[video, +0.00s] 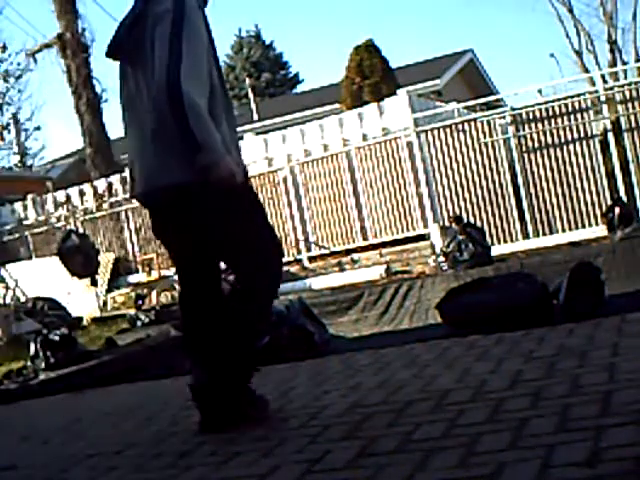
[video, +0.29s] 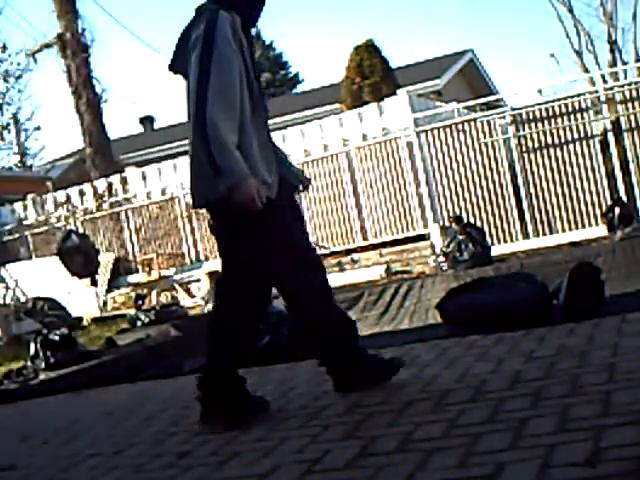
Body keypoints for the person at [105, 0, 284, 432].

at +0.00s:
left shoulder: (138, 23)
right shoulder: (184, 8)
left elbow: (139, 110)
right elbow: (188, 87)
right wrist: (218, 155)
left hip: (160, 181)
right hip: (199, 173)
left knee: (198, 286)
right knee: (263, 259)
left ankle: (216, 402)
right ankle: (230, 382)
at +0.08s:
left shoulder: (157, 24)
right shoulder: (194, 13)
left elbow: (159, 107)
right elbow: (192, 90)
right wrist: (218, 155)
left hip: (175, 184)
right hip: (216, 175)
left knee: (205, 290)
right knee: (278, 257)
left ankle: (216, 400)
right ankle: (281, 373)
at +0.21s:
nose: (238, 5)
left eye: (237, 3)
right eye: (235, 1)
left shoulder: (184, 22)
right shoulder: (204, 18)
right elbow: (198, 100)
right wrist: (225, 164)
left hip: (200, 188)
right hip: (234, 182)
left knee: (217, 295)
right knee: (289, 276)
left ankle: (218, 396)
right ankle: (328, 366)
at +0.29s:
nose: (262, 6)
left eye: (262, 3)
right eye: (258, 0)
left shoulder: (228, 29)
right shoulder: (221, 25)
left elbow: (247, 123)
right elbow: (217, 111)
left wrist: (283, 169)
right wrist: (237, 175)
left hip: (248, 188)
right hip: (249, 190)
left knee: (240, 295)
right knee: (305, 282)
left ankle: (221, 395)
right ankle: (349, 365)